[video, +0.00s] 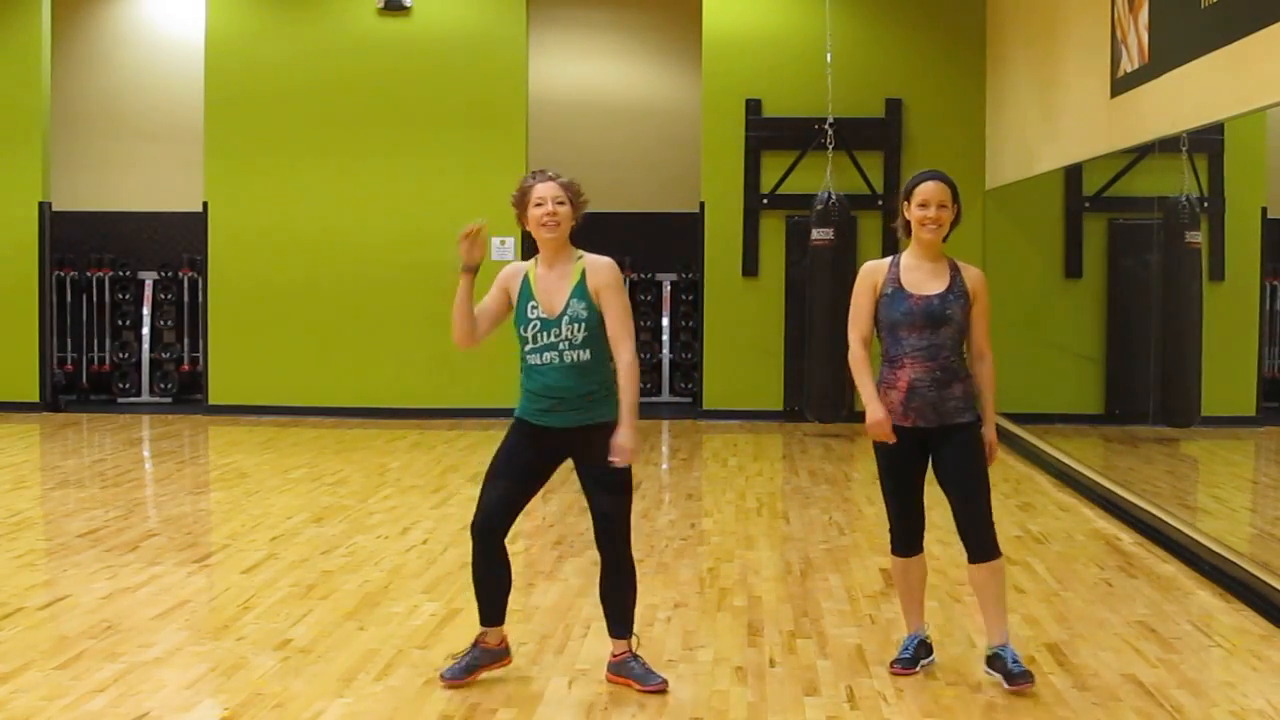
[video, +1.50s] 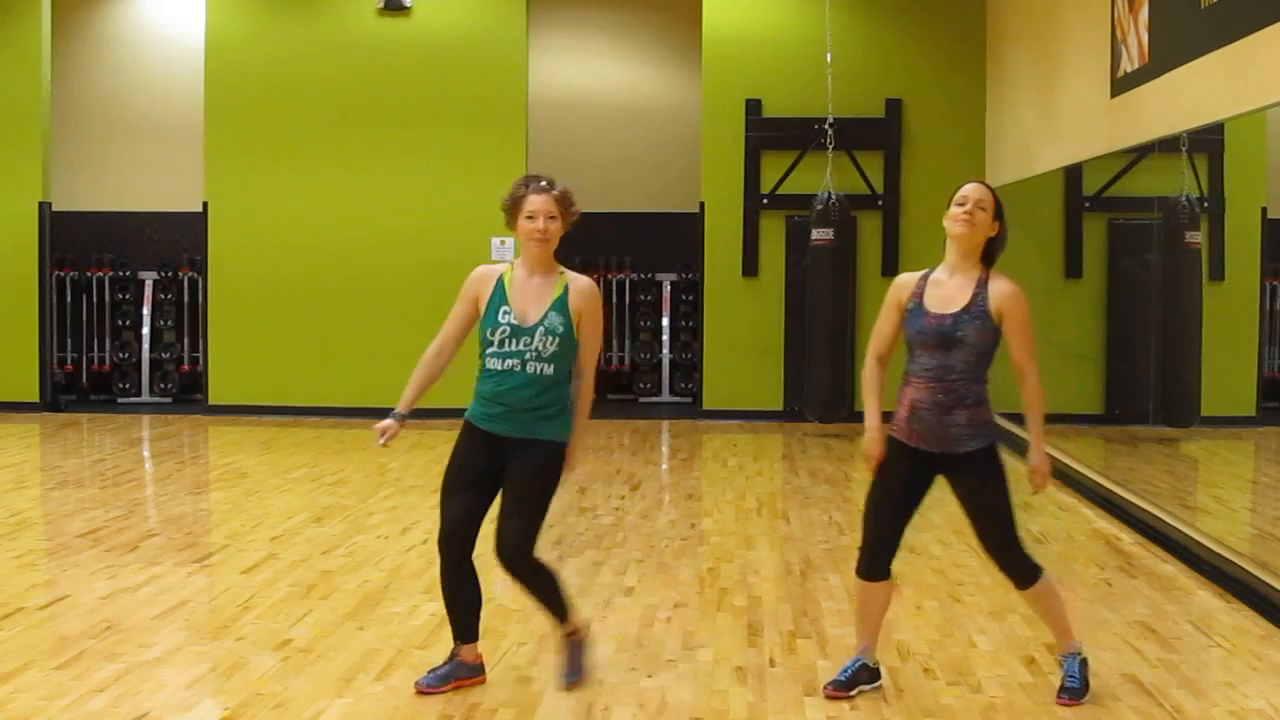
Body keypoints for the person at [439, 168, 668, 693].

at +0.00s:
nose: (549, 211)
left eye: (558, 203)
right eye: (538, 204)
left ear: (574, 213)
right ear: (525, 218)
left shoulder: (600, 271)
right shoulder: (514, 277)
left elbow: (625, 353)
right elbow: (466, 335)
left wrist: (627, 425)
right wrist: (467, 272)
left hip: (598, 426)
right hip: (535, 426)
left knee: (614, 541)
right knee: (486, 526)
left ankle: (622, 653)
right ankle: (491, 640)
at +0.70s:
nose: (581, 224)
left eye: (588, 214)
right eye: (570, 216)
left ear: (597, 218)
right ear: (546, 222)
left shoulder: (615, 278)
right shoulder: (524, 275)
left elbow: (625, 356)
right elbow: (472, 340)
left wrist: (629, 429)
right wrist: (466, 313)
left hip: (584, 432)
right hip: (524, 430)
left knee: (624, 535)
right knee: (498, 543)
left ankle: (638, 652)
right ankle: (456, 649)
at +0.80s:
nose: (589, 222)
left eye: (595, 212)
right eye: (577, 214)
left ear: (606, 215)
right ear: (556, 221)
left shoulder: (630, 273)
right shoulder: (536, 278)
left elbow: (660, 348)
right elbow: (500, 345)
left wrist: (684, 419)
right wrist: (467, 392)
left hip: (613, 430)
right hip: (551, 432)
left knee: (645, 536)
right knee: (523, 545)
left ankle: (642, 651)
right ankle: (470, 647)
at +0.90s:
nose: (594, 225)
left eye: (601, 215)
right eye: (582, 217)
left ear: (613, 218)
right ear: (563, 223)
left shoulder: (640, 276)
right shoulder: (542, 284)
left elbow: (684, 340)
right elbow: (521, 361)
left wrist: (722, 401)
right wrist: (499, 434)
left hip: (628, 429)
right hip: (565, 433)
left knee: (655, 534)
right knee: (556, 548)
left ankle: (644, 652)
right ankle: (512, 646)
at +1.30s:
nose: (560, 219)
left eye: (571, 212)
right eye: (551, 210)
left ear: (583, 220)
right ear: (534, 215)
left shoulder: (597, 280)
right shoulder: (511, 273)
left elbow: (634, 356)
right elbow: (494, 348)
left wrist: (665, 428)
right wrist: (463, 412)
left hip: (582, 431)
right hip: (521, 431)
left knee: (619, 537)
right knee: (491, 538)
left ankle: (689, 635)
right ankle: (474, 655)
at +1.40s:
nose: (549, 220)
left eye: (559, 212)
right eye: (539, 211)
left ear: (572, 221)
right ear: (522, 217)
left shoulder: (585, 284)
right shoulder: (496, 273)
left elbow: (605, 370)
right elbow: (465, 345)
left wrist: (618, 448)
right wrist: (427, 409)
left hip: (555, 433)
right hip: (497, 427)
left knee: (564, 547)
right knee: (469, 538)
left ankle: (648, 622)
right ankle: (470, 655)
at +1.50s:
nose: (541, 226)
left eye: (551, 218)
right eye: (532, 217)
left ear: (564, 226)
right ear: (514, 224)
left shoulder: (581, 292)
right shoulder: (485, 280)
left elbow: (585, 376)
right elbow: (443, 348)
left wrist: (573, 443)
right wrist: (401, 411)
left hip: (542, 438)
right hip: (483, 429)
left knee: (512, 551)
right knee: (454, 541)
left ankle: (573, 629)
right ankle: (467, 656)